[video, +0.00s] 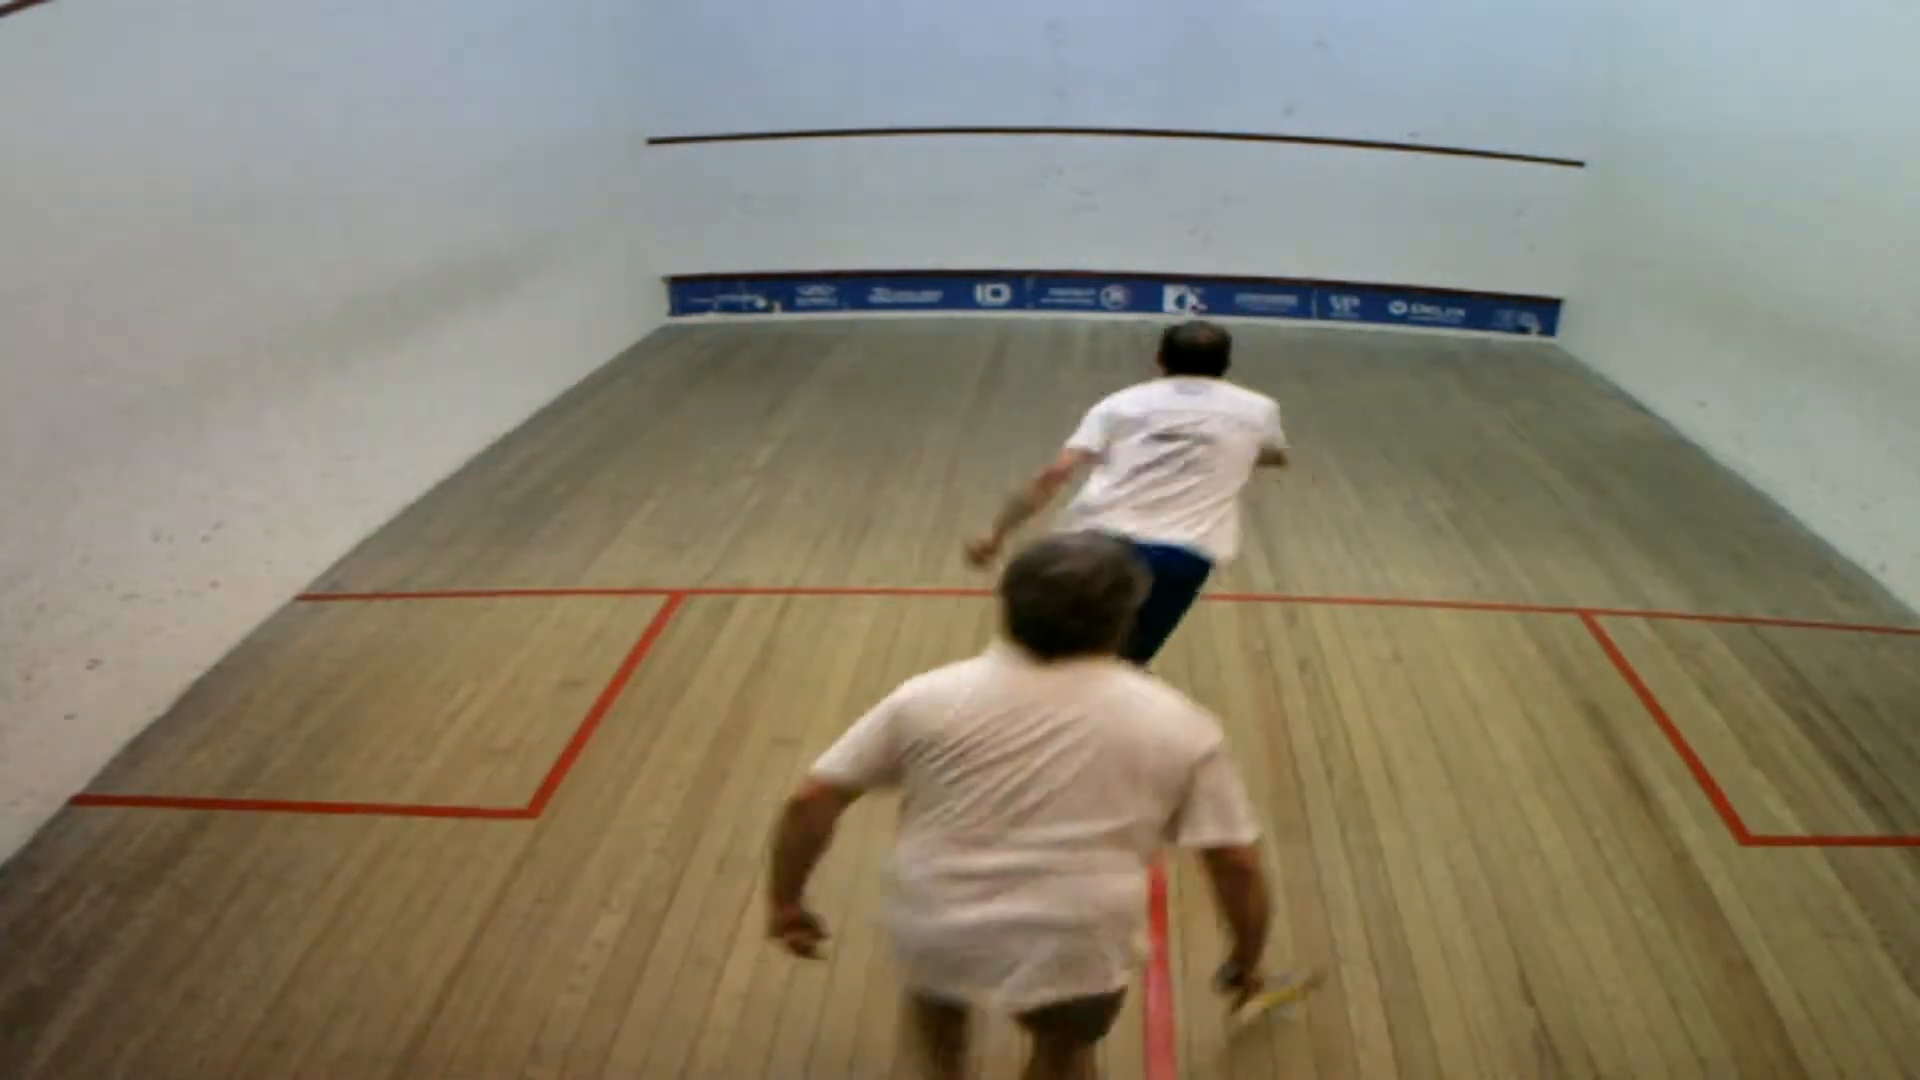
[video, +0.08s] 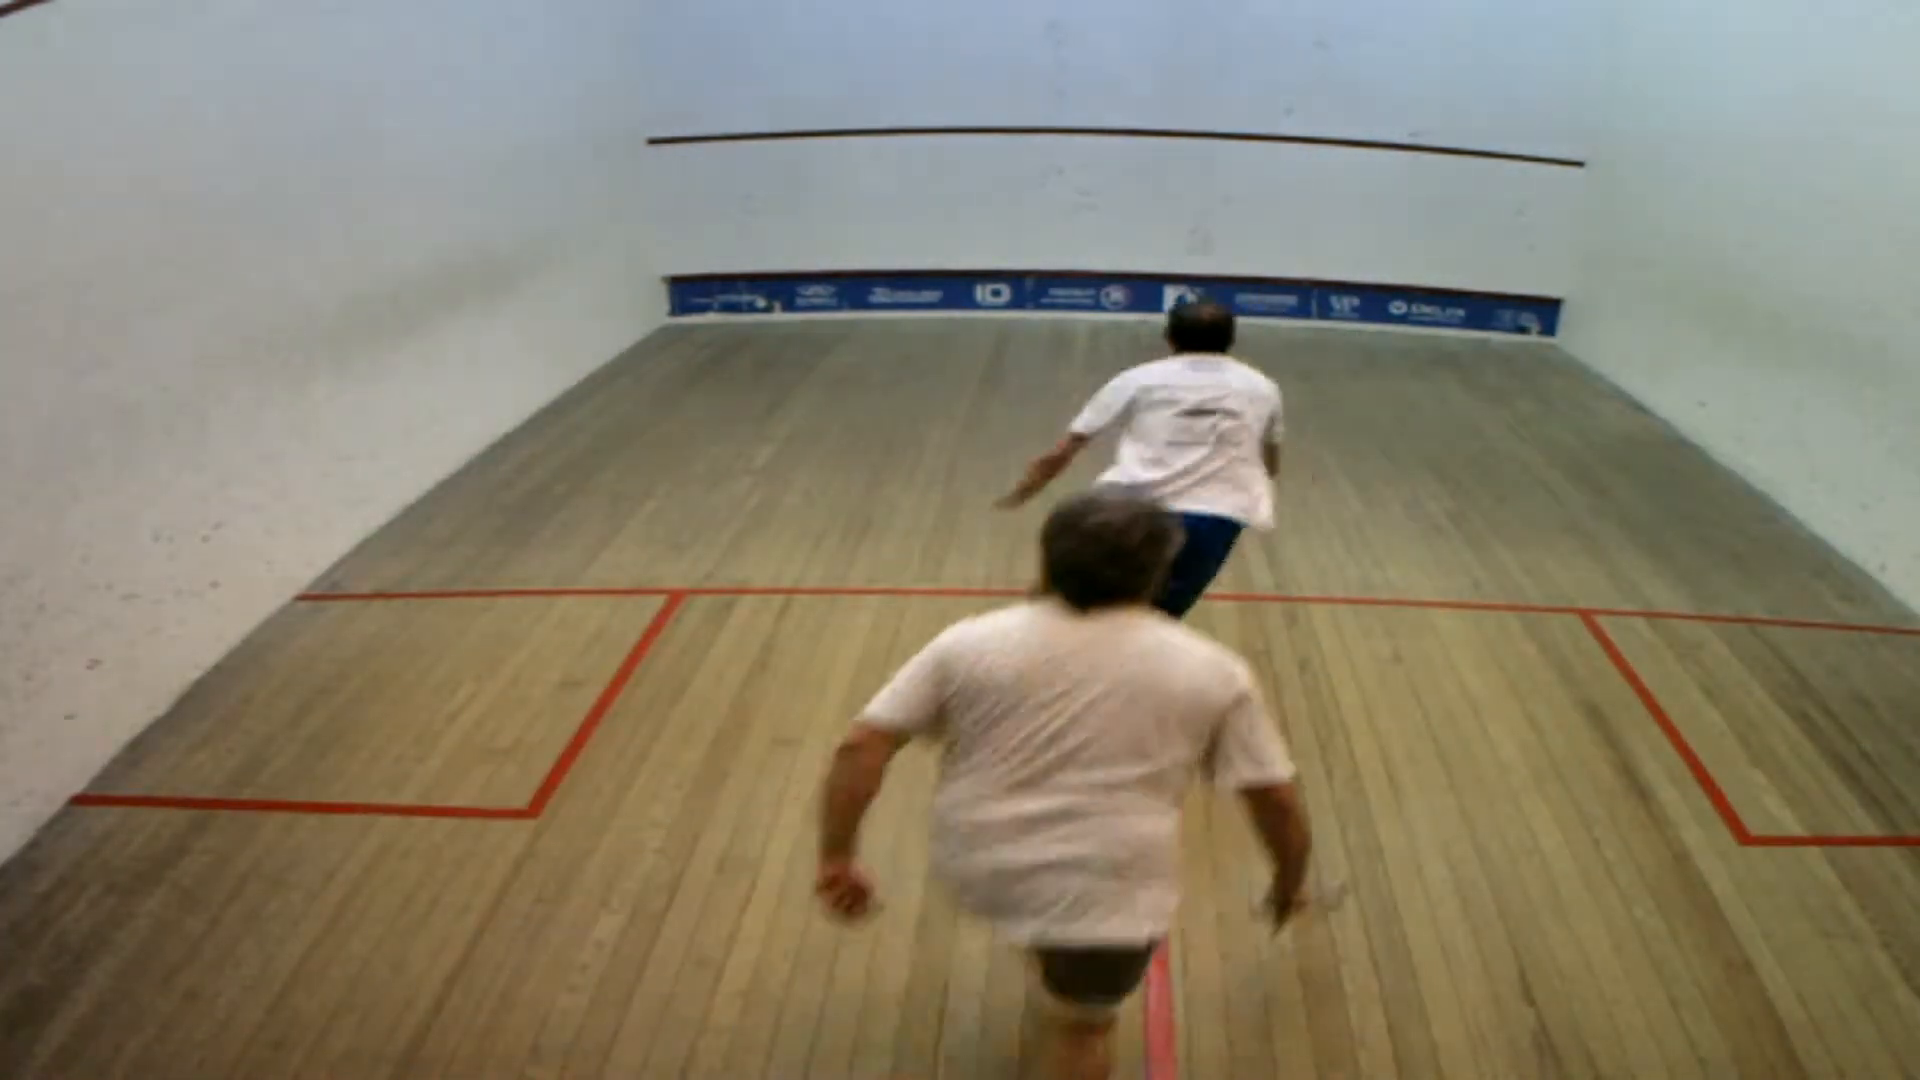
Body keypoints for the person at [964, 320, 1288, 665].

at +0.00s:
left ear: (1162, 361)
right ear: (1223, 367)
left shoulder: (1123, 403)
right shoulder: (1256, 411)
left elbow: (1056, 473)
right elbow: (1276, 458)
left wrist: (996, 535)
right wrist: (1229, 448)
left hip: (1101, 545)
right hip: (1185, 561)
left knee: (1069, 655)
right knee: (1128, 668)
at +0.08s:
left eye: (1170, 334)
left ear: (1172, 339)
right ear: (1227, 341)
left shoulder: (1141, 379)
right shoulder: (1261, 390)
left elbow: (1065, 451)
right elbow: (1270, 466)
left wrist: (1021, 493)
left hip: (1136, 511)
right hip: (1218, 520)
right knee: (1160, 619)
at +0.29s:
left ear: (1293, 317)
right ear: (1336, 330)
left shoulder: (1252, 339)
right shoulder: (1338, 370)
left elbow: (1197, 372)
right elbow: (1370, 458)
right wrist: (1363, 476)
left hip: (1176, 453)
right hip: (1241, 473)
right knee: (1301, 508)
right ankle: (1248, 584)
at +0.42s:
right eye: (1445, 331)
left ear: (1402, 314)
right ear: (1440, 332)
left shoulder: (1361, 328)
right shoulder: (1430, 365)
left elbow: (1291, 347)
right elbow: (1452, 440)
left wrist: (1249, 369)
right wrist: (1469, 459)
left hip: (1265, 416)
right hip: (1322, 443)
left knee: (1237, 484)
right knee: (1344, 497)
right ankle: (1289, 555)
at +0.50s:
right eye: (1480, 319)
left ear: (1446, 305)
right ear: (1480, 323)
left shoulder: (1403, 318)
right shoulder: (1474, 359)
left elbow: (1327, 322)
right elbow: (1496, 423)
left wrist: (1268, 323)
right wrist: (1517, 444)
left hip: (1314, 406)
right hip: (1361, 434)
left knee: (1330, 452)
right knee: (1370, 501)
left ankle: (1300, 494)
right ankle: (1312, 533)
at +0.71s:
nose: (1566, 312)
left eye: (1562, 304)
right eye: (1565, 306)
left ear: (1529, 294)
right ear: (1561, 307)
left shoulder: (1487, 307)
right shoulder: (1560, 337)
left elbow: (1425, 306)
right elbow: (1581, 393)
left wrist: (1365, 308)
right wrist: (1595, 419)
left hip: (1437, 397)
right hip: (1472, 412)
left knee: (1489, 424)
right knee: (1431, 478)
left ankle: (1510, 466)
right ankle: (1355, 521)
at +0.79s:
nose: (1584, 321)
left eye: (1580, 313)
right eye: (1585, 315)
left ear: (1549, 301)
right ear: (1579, 315)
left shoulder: (1508, 318)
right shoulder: (1580, 345)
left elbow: (1447, 326)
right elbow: (1598, 395)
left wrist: (1395, 331)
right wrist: (1614, 421)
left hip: (1462, 402)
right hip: (1500, 417)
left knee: (1520, 427)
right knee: (1454, 484)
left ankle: (1530, 472)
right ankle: (1379, 512)